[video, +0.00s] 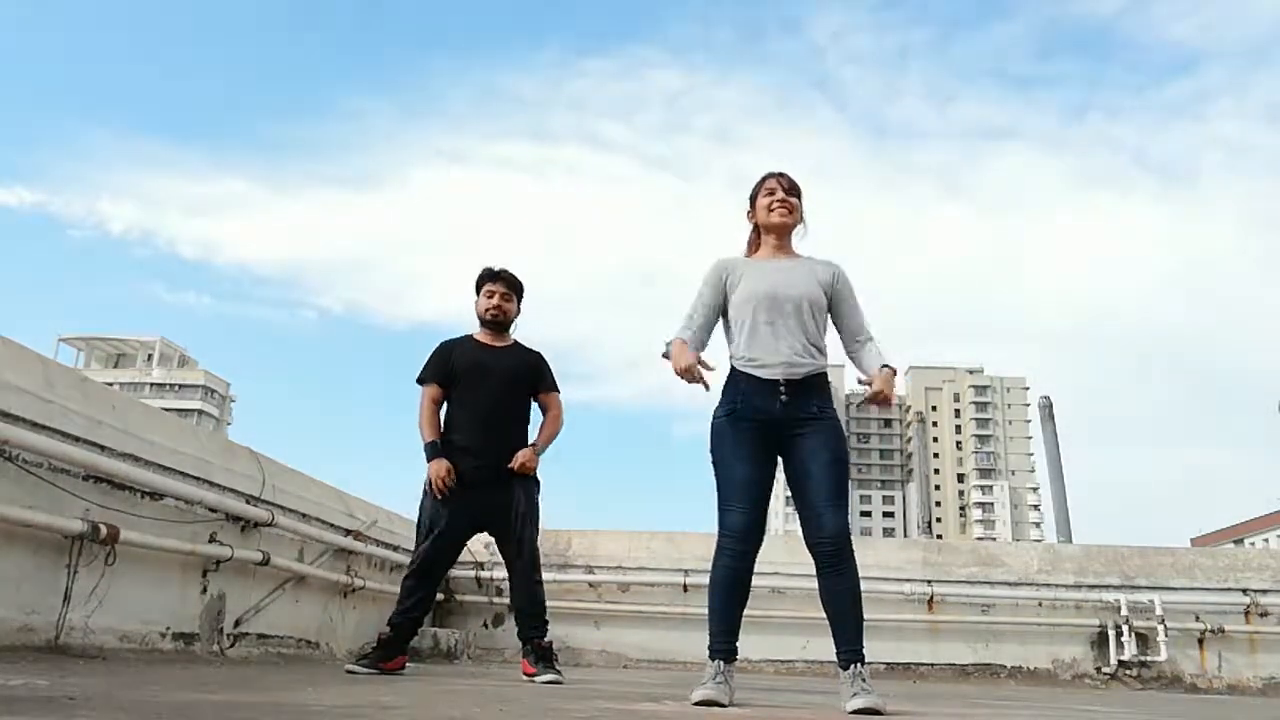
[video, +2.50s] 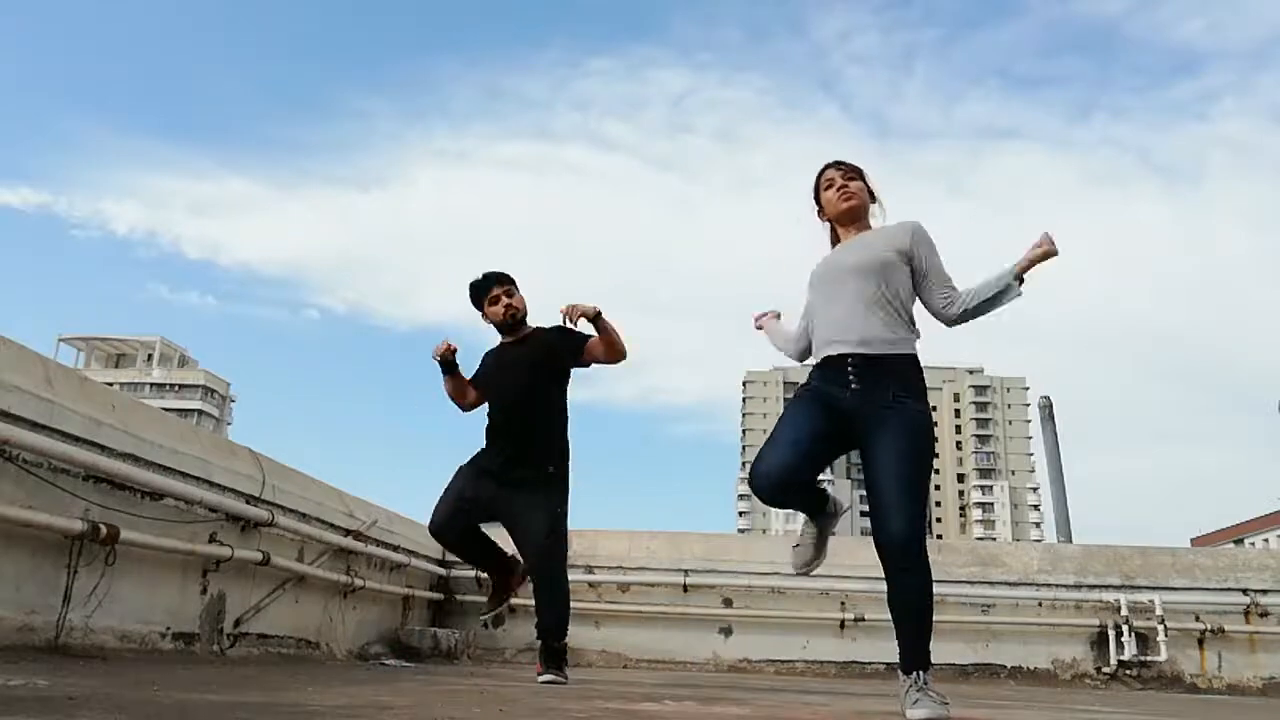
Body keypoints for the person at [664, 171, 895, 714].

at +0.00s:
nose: (781, 199)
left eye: (790, 194)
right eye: (770, 194)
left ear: (801, 214)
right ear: (752, 213)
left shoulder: (826, 272)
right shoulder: (728, 270)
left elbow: (859, 342)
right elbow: (689, 334)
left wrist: (881, 371)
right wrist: (680, 351)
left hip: (813, 409)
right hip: (743, 408)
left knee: (831, 537)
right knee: (738, 534)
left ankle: (855, 672)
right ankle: (719, 668)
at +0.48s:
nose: (780, 201)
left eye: (789, 195)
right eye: (769, 195)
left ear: (799, 213)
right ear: (750, 213)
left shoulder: (826, 272)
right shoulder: (727, 274)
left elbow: (845, 353)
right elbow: (714, 348)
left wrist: (885, 390)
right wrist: (679, 385)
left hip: (811, 411)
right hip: (743, 409)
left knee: (831, 537)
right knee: (737, 534)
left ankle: (855, 673)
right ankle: (719, 669)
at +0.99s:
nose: (775, 205)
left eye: (783, 202)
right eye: (764, 197)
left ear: (788, 222)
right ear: (740, 212)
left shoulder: (806, 270)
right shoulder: (712, 270)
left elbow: (827, 332)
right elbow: (704, 334)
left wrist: (813, 352)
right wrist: (762, 357)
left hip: (791, 413)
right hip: (727, 413)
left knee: (827, 532)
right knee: (726, 535)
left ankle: (852, 670)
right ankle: (705, 668)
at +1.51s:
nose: (789, 213)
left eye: (796, 209)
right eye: (779, 203)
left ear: (797, 226)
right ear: (750, 212)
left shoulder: (804, 285)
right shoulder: (723, 257)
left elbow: (810, 363)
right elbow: (694, 332)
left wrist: (869, 346)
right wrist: (709, 289)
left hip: (796, 409)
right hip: (737, 403)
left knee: (865, 497)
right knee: (733, 537)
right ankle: (708, 667)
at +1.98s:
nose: (841, 205)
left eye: (846, 202)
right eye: (829, 197)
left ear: (848, 221)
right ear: (797, 215)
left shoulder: (854, 291)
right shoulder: (786, 256)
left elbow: (906, 338)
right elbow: (745, 222)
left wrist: (908, 294)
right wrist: (817, 254)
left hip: (851, 402)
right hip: (793, 393)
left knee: (893, 535)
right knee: (768, 538)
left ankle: (916, 675)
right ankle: (709, 661)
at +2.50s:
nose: (843, 185)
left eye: (851, 178)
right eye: (830, 184)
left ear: (870, 194)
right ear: (821, 211)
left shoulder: (905, 234)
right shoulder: (822, 271)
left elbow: (952, 307)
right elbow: (800, 347)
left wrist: (1021, 267)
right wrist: (771, 324)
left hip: (893, 384)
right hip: (826, 384)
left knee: (899, 538)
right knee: (770, 478)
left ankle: (916, 681)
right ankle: (823, 510)